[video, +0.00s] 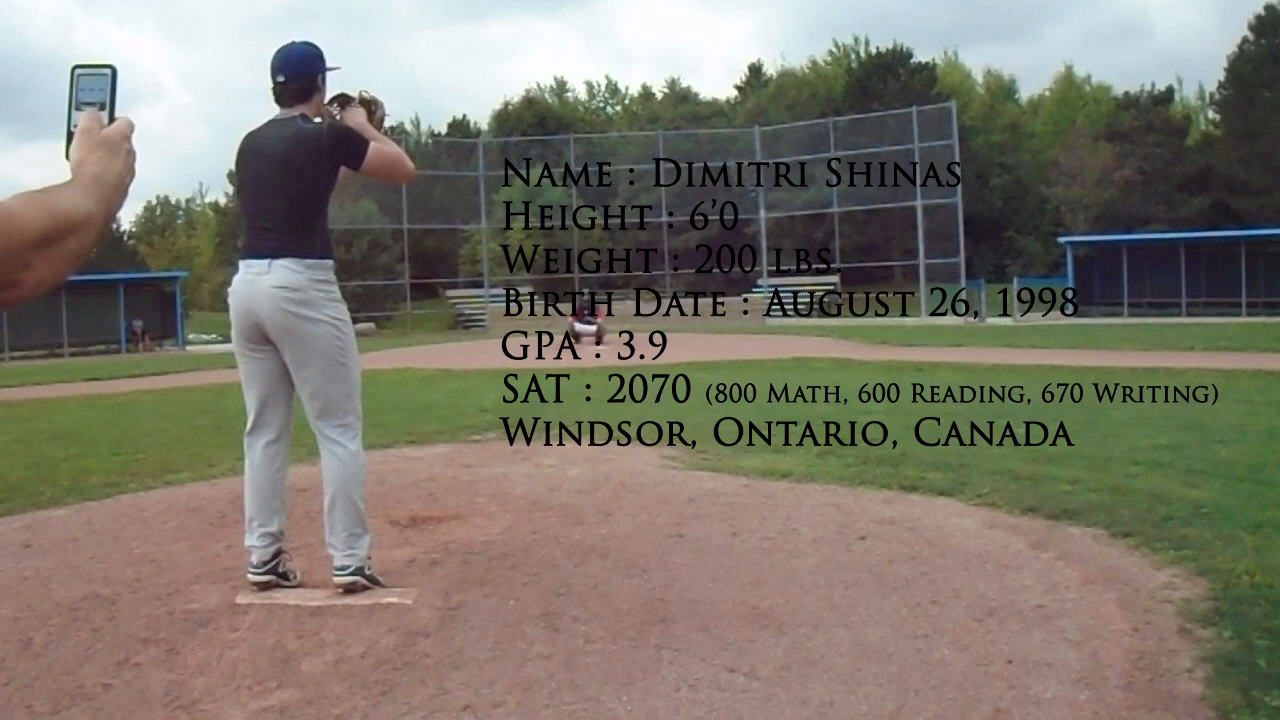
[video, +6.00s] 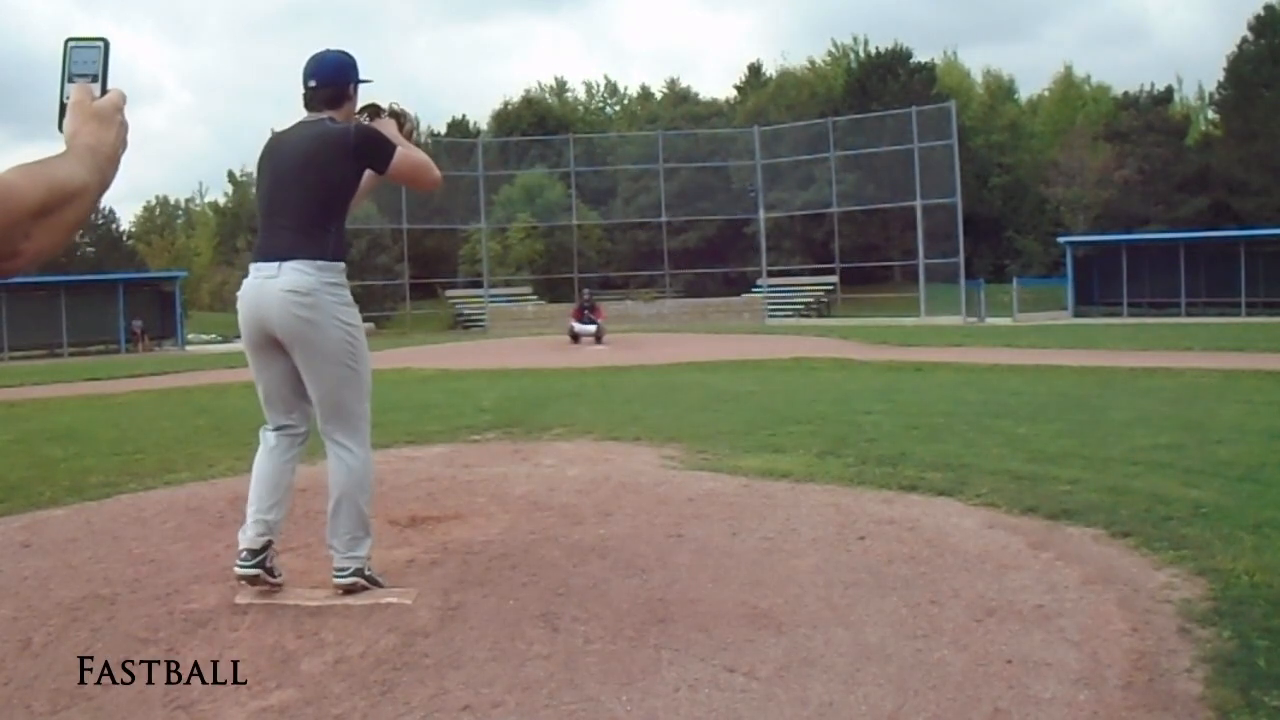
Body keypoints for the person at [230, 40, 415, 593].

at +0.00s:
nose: (327, 88)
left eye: (322, 81)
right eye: (325, 81)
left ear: (275, 88)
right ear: (320, 86)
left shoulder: (250, 143)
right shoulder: (327, 135)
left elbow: (301, 185)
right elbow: (402, 167)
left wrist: (327, 131)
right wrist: (362, 125)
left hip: (246, 288)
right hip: (303, 286)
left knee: (264, 430)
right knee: (338, 429)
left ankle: (263, 558)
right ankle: (350, 561)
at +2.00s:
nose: (327, 88)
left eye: (322, 81)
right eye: (325, 81)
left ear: (275, 88)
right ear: (320, 86)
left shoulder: (250, 143)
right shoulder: (327, 135)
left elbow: (301, 185)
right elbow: (402, 167)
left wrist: (327, 131)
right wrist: (362, 125)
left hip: (246, 288)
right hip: (303, 286)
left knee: (264, 430)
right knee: (338, 429)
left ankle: (263, 558)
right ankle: (350, 561)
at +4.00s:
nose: (327, 88)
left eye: (322, 81)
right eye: (325, 81)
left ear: (275, 88)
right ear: (320, 86)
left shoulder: (250, 143)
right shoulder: (327, 135)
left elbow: (301, 185)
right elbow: (402, 167)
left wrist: (327, 131)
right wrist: (362, 125)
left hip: (246, 288)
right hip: (303, 286)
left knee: (264, 430)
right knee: (338, 429)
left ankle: (263, 558)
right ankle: (350, 561)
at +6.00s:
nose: (356, 98)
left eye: (349, 90)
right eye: (357, 90)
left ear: (306, 94)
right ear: (352, 94)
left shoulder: (276, 143)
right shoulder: (354, 135)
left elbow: (335, 203)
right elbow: (429, 176)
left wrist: (370, 149)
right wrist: (392, 134)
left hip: (255, 292)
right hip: (314, 290)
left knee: (282, 426)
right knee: (347, 437)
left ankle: (253, 551)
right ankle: (350, 564)